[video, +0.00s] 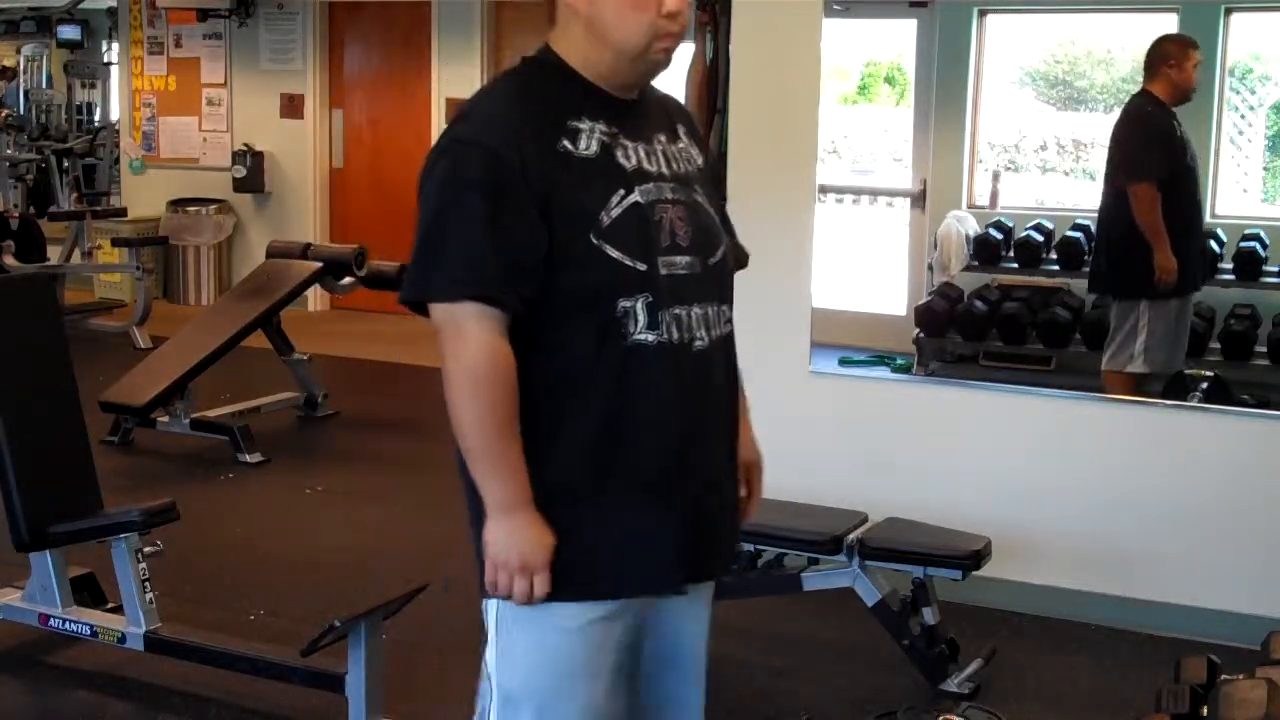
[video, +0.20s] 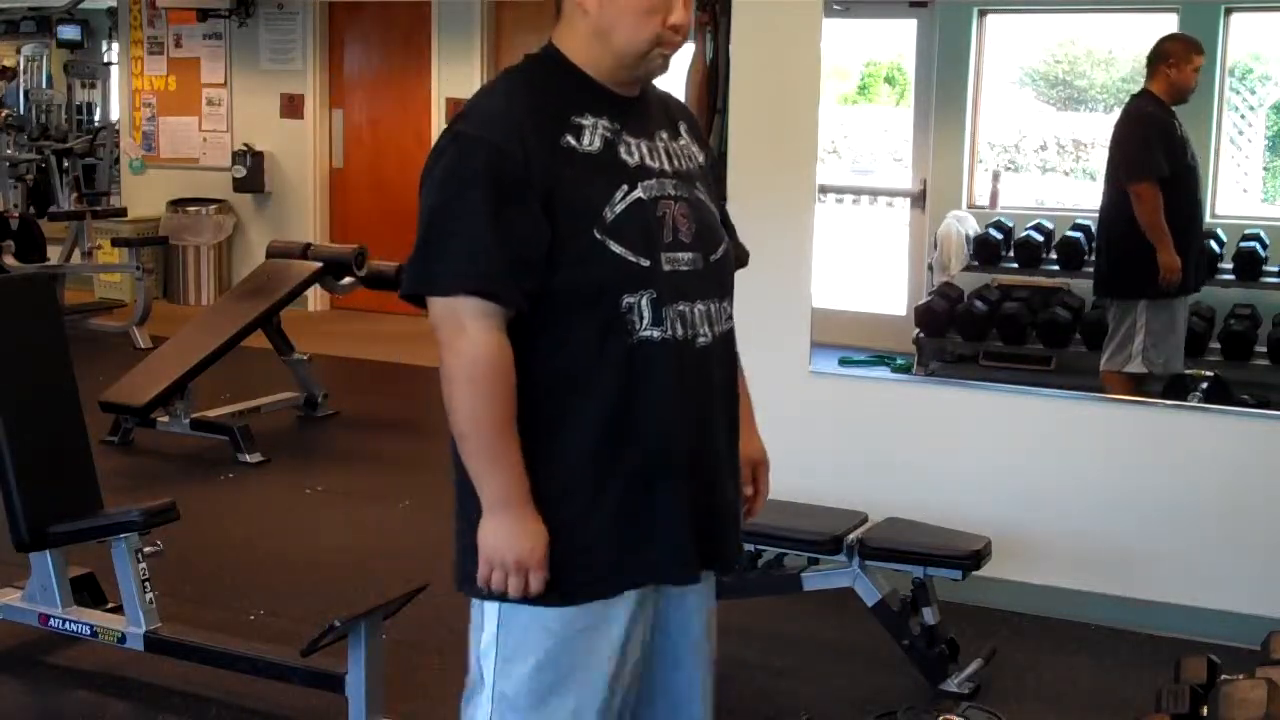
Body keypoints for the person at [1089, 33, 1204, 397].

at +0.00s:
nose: (1197, 78)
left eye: (1197, 69)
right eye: (1194, 68)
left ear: (1168, 69)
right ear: (1171, 68)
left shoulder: (1157, 115)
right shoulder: (1145, 115)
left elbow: (1150, 188)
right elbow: (1141, 188)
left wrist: (1174, 249)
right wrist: (1162, 250)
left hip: (1160, 262)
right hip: (1143, 262)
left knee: (1143, 365)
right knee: (1127, 364)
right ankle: (1117, 446)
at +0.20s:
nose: (1198, 80)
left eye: (1199, 72)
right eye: (1195, 70)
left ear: (1169, 69)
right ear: (1171, 68)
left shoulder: (1157, 114)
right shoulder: (1145, 115)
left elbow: (1151, 188)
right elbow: (1141, 189)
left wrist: (1175, 249)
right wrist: (1166, 250)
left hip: (1154, 264)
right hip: (1141, 264)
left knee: (1137, 367)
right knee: (1124, 367)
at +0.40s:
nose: (1203, 84)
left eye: (1204, 75)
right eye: (1200, 74)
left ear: (1175, 71)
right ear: (1174, 69)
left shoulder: (1166, 116)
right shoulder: (1146, 114)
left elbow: (1163, 188)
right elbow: (1136, 188)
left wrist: (1181, 250)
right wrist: (1158, 252)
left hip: (1161, 267)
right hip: (1139, 267)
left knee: (1146, 368)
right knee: (1126, 369)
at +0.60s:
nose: (1206, 92)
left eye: (1208, 83)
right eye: (1205, 81)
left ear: (1180, 74)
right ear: (1179, 72)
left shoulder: (1174, 121)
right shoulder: (1146, 117)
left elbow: (1176, 191)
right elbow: (1133, 186)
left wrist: (1187, 251)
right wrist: (1150, 249)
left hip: (1169, 269)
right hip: (1139, 269)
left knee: (1163, 373)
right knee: (1131, 372)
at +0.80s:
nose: (1209, 100)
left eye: (1213, 94)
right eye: (1209, 91)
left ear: (1187, 80)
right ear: (1187, 77)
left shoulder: (1177, 124)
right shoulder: (1145, 119)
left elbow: (1177, 193)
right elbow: (1130, 188)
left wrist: (1186, 250)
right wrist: (1147, 249)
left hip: (1168, 265)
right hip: (1140, 266)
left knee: (1156, 367)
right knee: (1134, 367)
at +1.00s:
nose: (1211, 104)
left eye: (1215, 98)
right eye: (1212, 95)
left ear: (1191, 81)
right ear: (1191, 80)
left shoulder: (1177, 126)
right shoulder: (1146, 120)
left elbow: (1172, 195)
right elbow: (1129, 188)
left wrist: (1176, 256)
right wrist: (1143, 253)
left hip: (1166, 270)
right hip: (1138, 270)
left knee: (1154, 374)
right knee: (1123, 371)